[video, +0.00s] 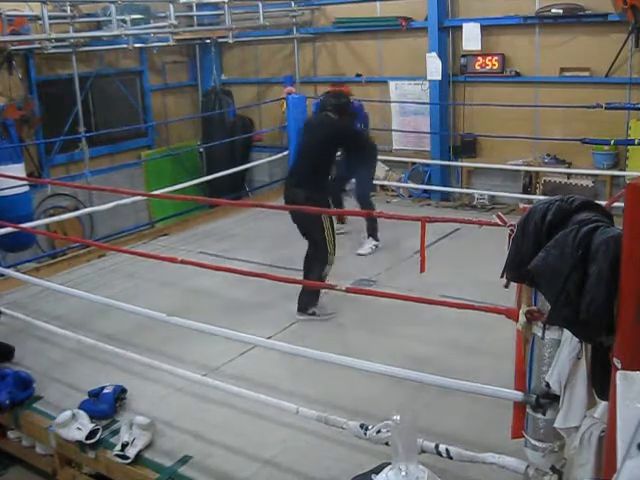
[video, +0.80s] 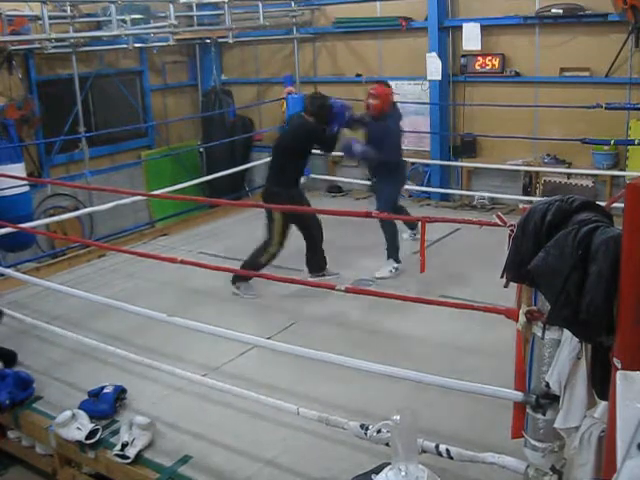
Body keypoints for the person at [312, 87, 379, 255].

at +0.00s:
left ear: (344, 98)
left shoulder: (355, 109)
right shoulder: (324, 105)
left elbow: (361, 131)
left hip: (364, 154)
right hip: (347, 155)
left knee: (362, 195)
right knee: (334, 187)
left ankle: (373, 237)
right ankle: (340, 216)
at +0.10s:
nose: (345, 102)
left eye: (349, 98)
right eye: (343, 98)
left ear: (356, 99)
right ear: (342, 101)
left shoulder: (366, 114)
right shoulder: (344, 113)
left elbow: (366, 141)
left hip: (369, 158)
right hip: (353, 155)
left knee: (367, 196)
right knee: (343, 189)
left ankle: (373, 237)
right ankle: (363, 216)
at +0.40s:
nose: (356, 103)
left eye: (360, 99)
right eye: (354, 99)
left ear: (368, 100)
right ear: (352, 101)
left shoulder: (375, 114)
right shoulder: (357, 115)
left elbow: (376, 137)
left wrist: (361, 120)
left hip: (384, 161)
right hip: (369, 161)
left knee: (369, 196)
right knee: (365, 194)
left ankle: (385, 236)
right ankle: (383, 219)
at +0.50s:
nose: (354, 101)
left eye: (357, 97)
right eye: (353, 97)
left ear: (366, 98)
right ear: (367, 99)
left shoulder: (370, 117)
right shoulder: (369, 112)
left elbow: (376, 143)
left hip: (391, 159)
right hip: (385, 157)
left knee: (373, 199)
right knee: (378, 194)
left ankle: (390, 236)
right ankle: (386, 220)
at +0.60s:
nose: (358, 103)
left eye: (361, 99)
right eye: (357, 99)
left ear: (371, 100)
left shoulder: (374, 119)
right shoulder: (373, 115)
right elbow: (359, 133)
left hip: (395, 163)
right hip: (393, 161)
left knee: (371, 200)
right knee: (385, 195)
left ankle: (400, 239)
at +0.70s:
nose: (361, 105)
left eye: (365, 101)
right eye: (360, 101)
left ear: (375, 103)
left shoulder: (382, 117)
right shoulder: (373, 117)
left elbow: (375, 137)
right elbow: (356, 138)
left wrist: (355, 128)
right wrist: (349, 126)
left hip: (395, 167)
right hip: (389, 167)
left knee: (377, 208)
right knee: (394, 202)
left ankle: (399, 249)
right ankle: (419, 228)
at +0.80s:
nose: (370, 103)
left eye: (375, 99)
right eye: (369, 98)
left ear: (385, 102)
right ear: (369, 100)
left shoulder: (389, 125)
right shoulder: (373, 118)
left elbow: (389, 156)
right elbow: (359, 122)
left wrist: (361, 151)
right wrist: (346, 118)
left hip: (392, 173)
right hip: (380, 171)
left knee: (385, 215)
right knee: (389, 205)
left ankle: (393, 260)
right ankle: (414, 227)